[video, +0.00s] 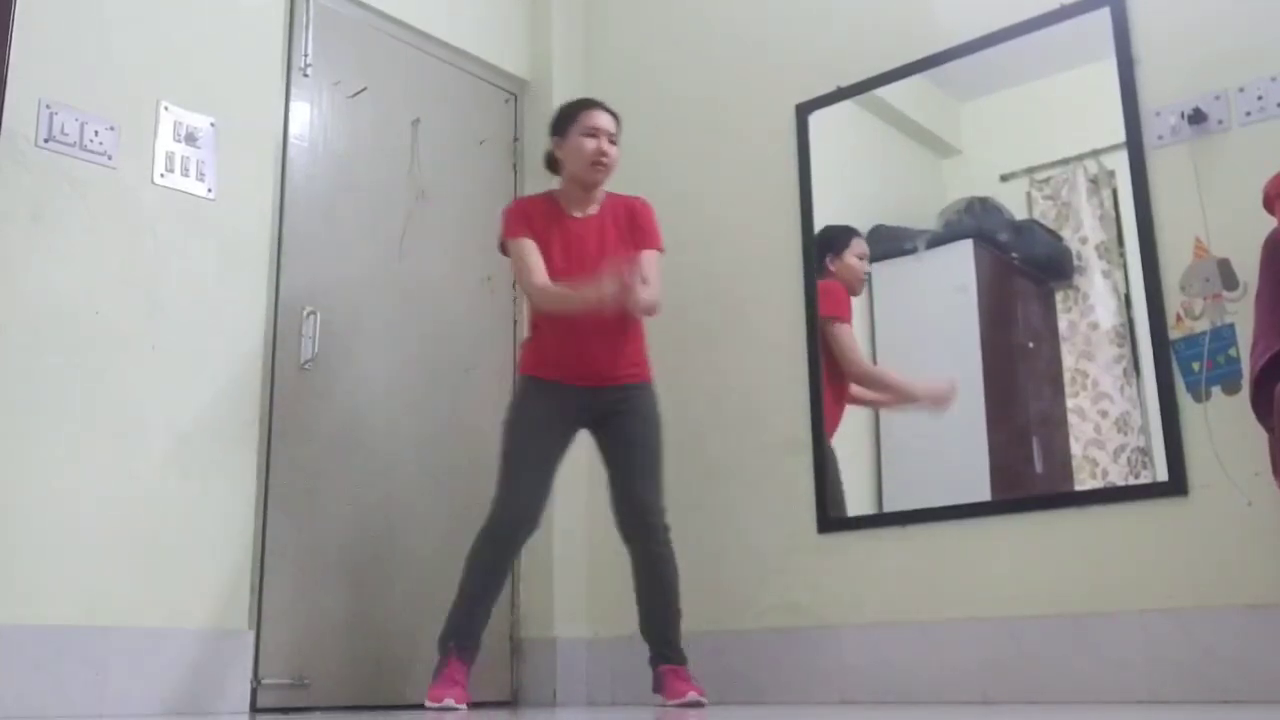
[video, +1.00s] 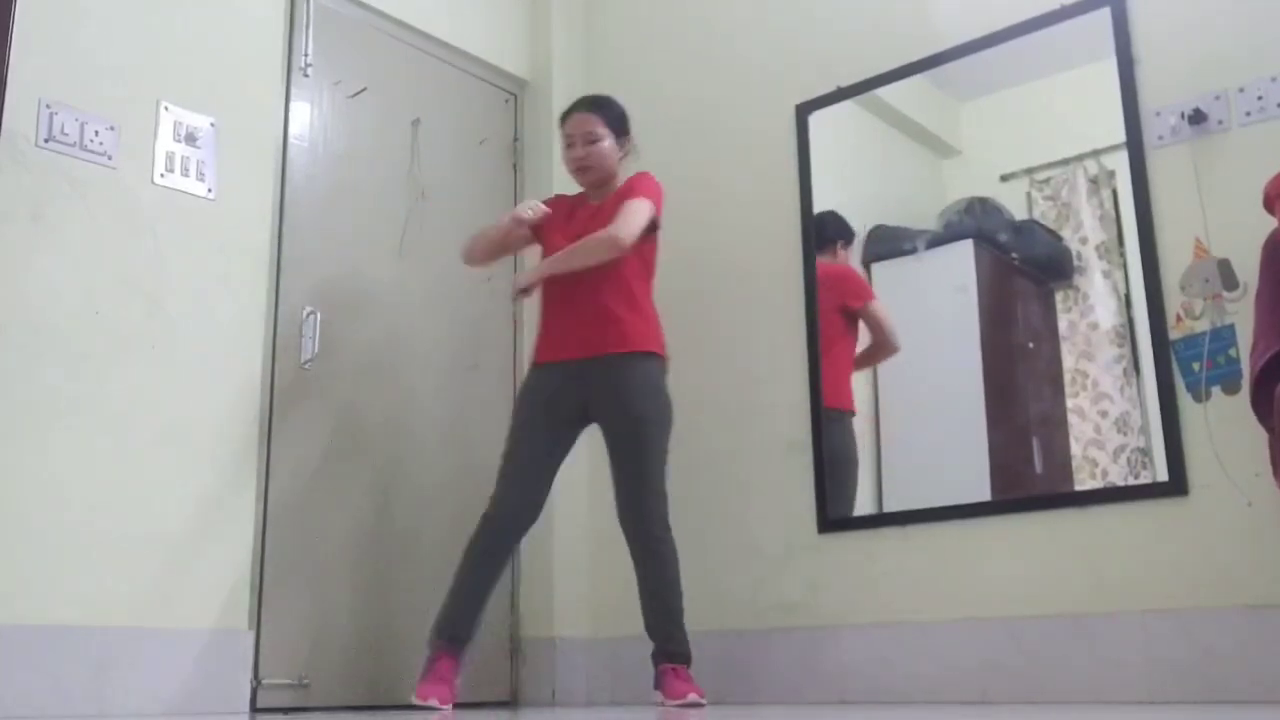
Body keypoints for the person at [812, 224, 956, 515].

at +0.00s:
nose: (867, 269)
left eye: (867, 261)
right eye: (860, 258)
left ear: (834, 264)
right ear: (832, 262)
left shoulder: (821, 296)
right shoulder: (829, 289)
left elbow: (845, 391)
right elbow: (854, 368)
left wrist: (910, 399)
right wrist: (922, 392)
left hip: (815, 440)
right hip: (810, 440)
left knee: (831, 529)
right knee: (832, 530)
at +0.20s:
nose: (879, 261)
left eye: (878, 253)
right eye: (871, 251)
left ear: (843, 256)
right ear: (844, 254)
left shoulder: (817, 284)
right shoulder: (839, 283)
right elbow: (836, 359)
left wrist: (844, 433)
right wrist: (846, 432)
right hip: (824, 432)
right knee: (855, 515)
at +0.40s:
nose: (882, 253)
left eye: (881, 243)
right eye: (876, 242)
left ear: (853, 245)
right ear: (851, 245)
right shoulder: (852, 268)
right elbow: (818, 286)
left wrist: (847, 431)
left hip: (835, 416)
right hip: (828, 412)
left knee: (858, 511)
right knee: (848, 511)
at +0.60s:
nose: (877, 255)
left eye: (876, 246)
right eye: (872, 245)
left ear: (846, 248)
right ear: (850, 247)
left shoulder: (820, 276)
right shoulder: (849, 274)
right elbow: (831, 320)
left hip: (820, 415)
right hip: (837, 415)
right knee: (849, 514)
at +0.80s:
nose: (865, 255)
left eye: (863, 246)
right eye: (861, 246)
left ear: (821, 246)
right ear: (844, 248)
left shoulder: (805, 276)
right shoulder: (844, 278)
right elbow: (879, 360)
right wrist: (899, 389)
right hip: (833, 413)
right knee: (853, 509)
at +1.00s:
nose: (847, 259)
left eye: (848, 251)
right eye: (848, 250)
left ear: (811, 244)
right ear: (839, 247)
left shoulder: (790, 272)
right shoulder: (840, 274)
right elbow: (888, 342)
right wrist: (844, 363)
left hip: (789, 410)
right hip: (829, 413)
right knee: (836, 520)